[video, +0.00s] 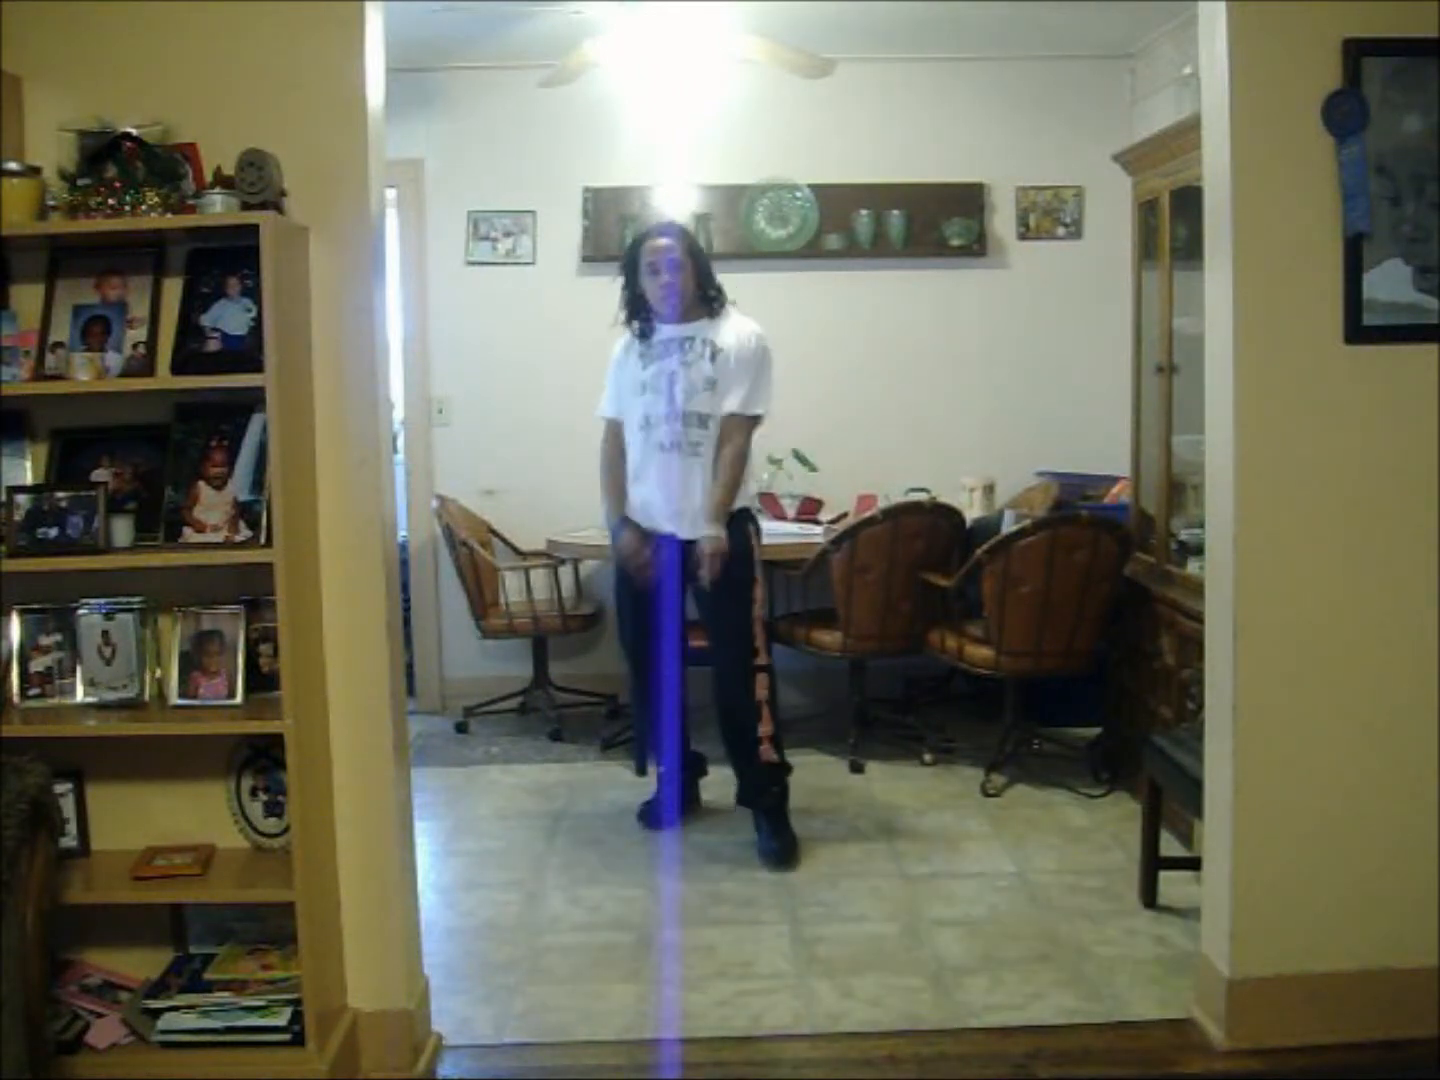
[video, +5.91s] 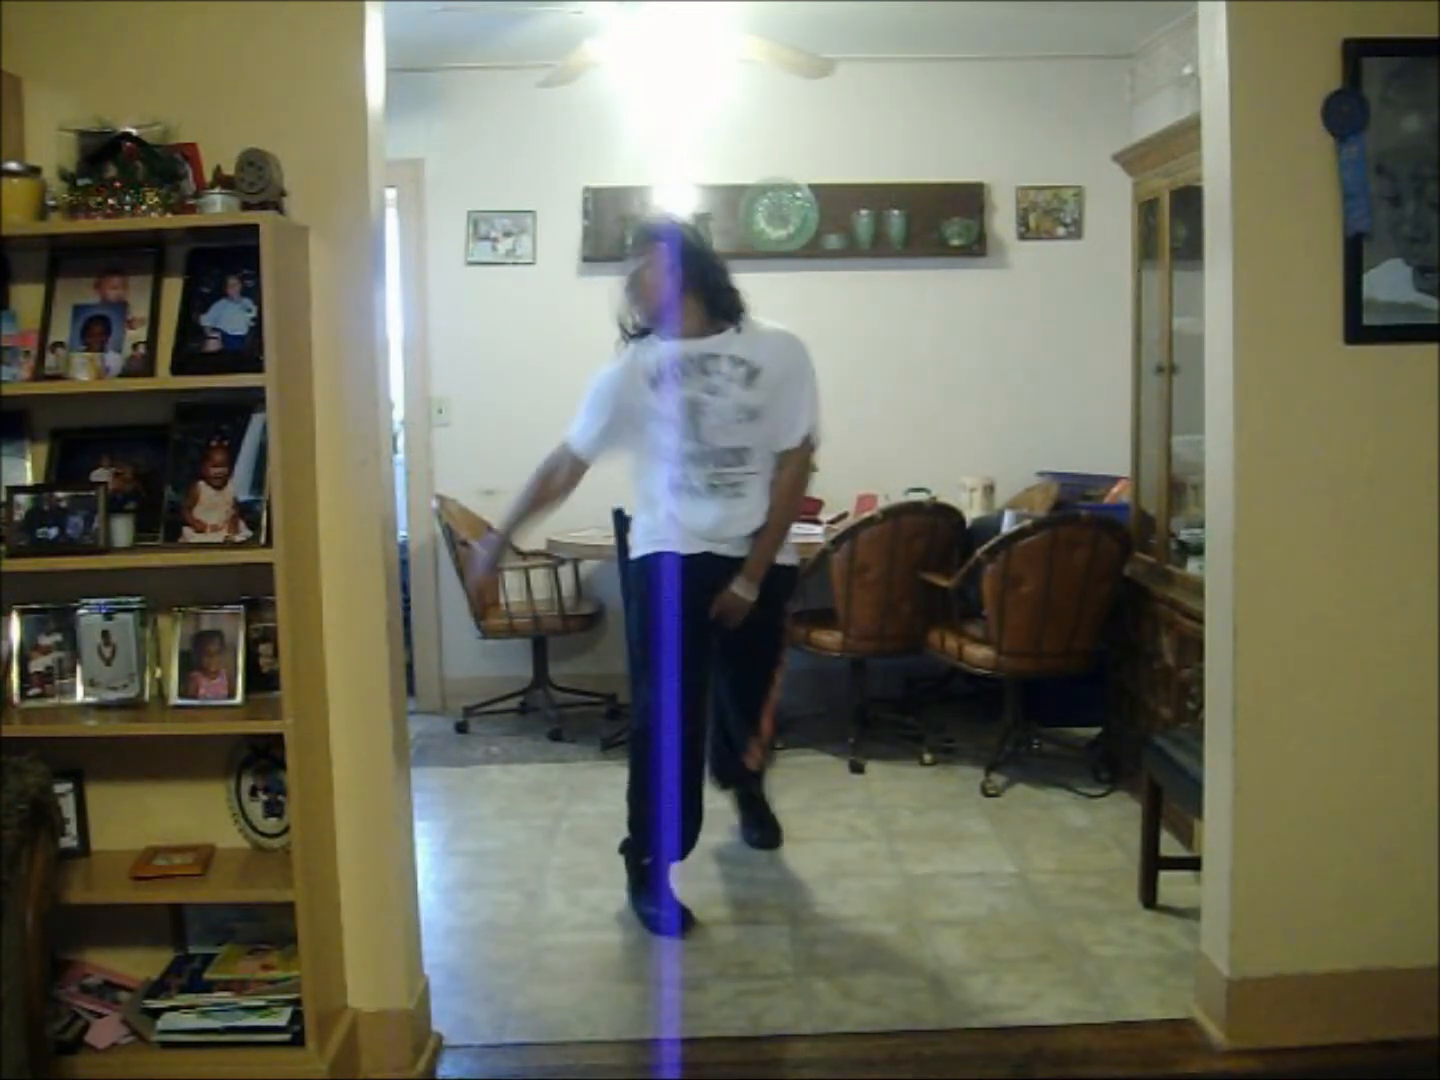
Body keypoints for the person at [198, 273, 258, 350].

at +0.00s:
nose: (233, 288)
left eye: (236, 285)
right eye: (230, 285)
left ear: (240, 287)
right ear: (226, 288)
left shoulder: (247, 303)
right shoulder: (222, 304)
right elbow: (205, 320)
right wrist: (210, 334)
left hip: (243, 338)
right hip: (225, 337)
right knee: (212, 340)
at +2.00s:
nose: (233, 289)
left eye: (236, 285)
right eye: (230, 286)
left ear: (240, 287)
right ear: (225, 288)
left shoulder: (247, 303)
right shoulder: (221, 304)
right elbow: (206, 320)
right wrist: (210, 335)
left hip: (244, 339)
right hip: (225, 338)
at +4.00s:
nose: (233, 289)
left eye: (236, 285)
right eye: (230, 286)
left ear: (240, 287)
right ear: (226, 288)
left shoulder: (247, 303)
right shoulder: (221, 304)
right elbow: (205, 320)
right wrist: (211, 335)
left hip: (244, 338)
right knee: (212, 341)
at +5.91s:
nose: (234, 289)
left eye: (236, 286)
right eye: (231, 286)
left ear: (240, 287)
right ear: (226, 289)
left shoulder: (247, 303)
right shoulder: (221, 304)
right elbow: (205, 320)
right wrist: (210, 334)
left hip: (244, 338)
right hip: (225, 338)